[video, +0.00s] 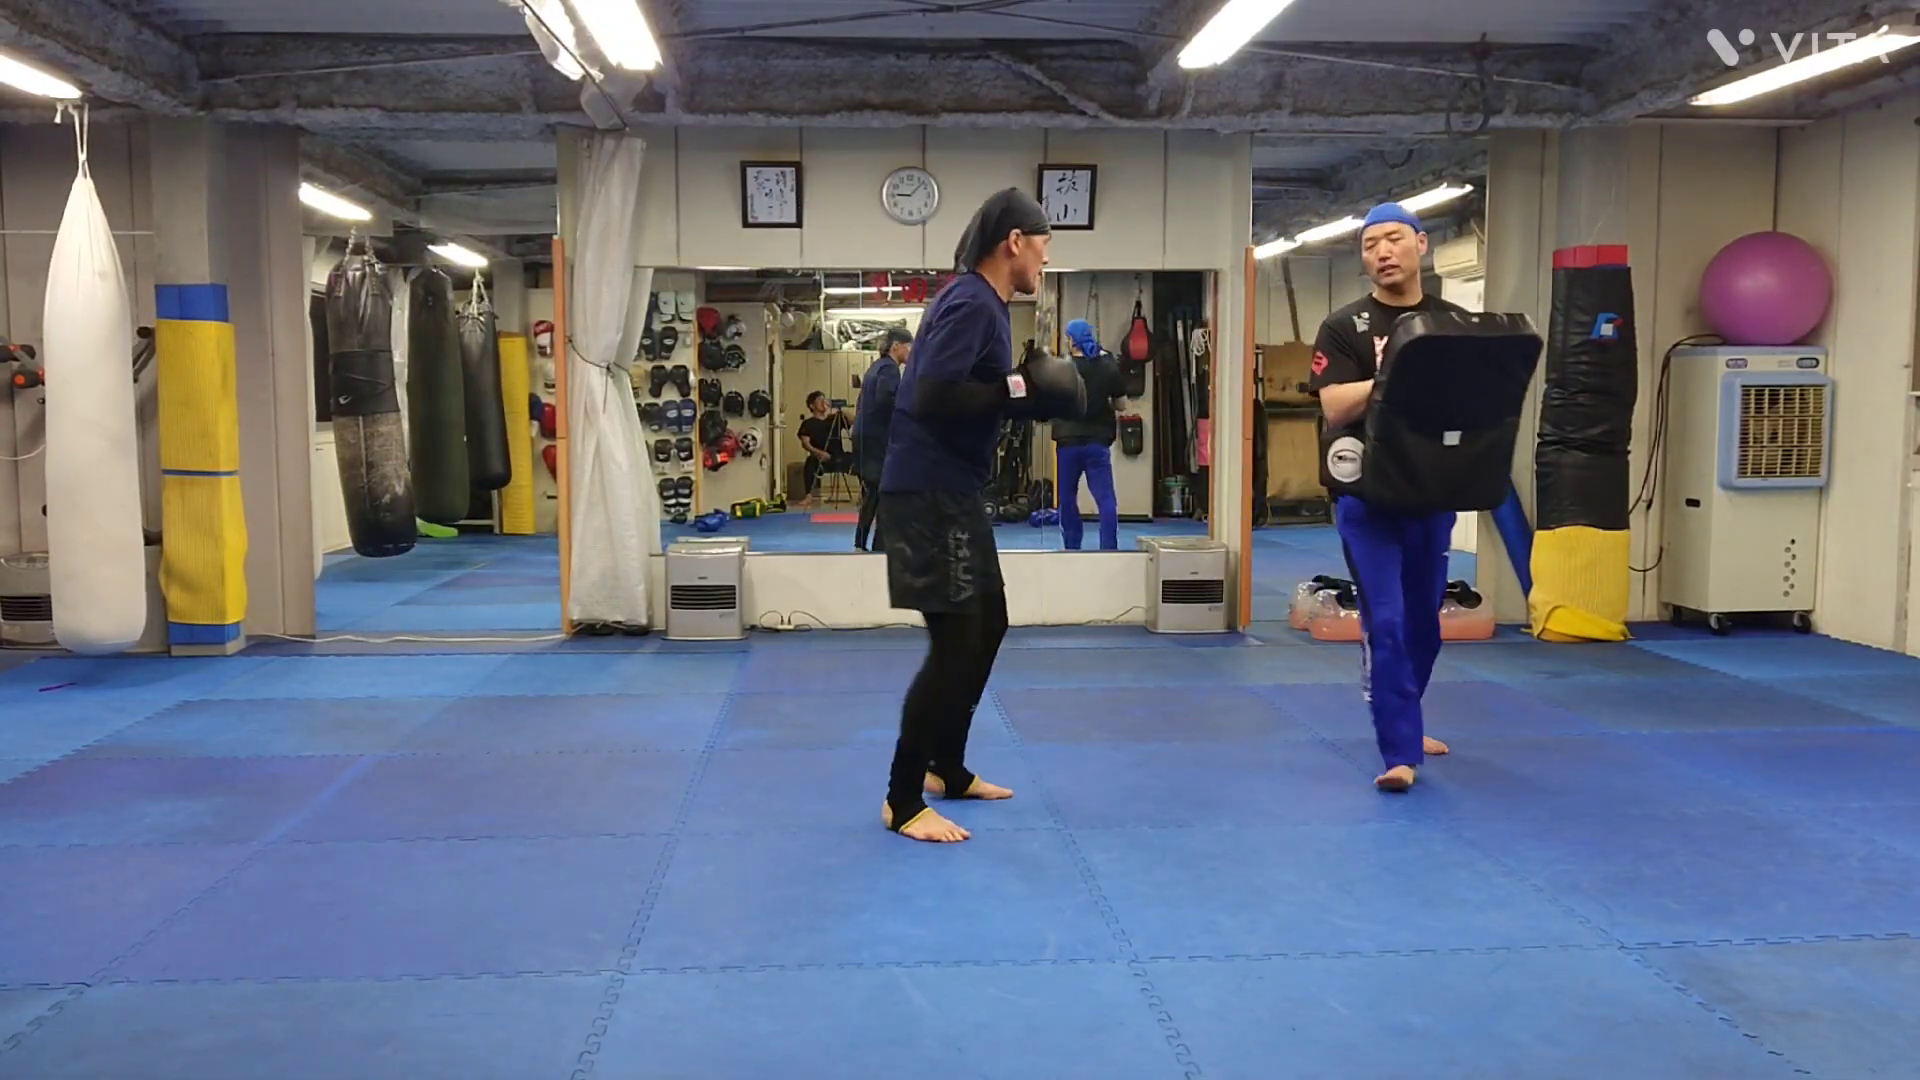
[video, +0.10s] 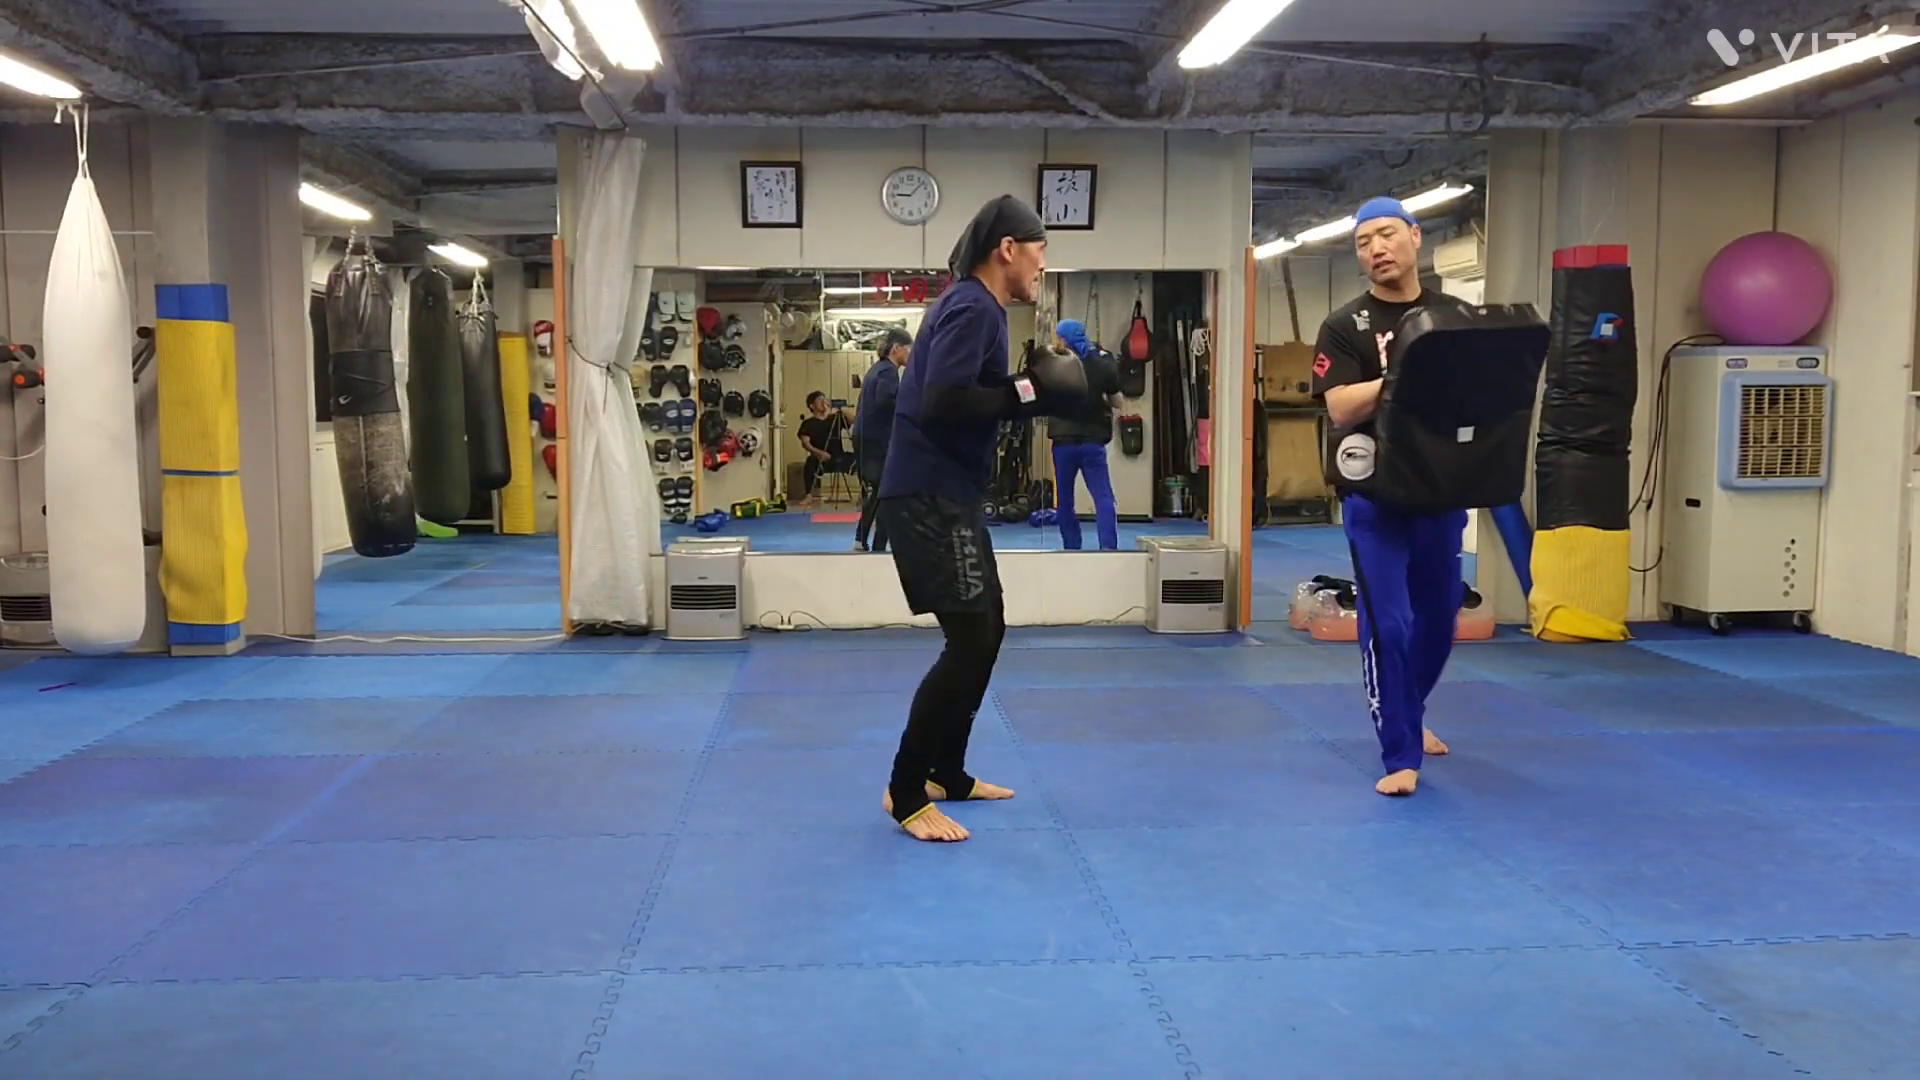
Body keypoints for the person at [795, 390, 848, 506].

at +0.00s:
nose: (824, 402)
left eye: (824, 399)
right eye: (820, 400)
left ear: (827, 402)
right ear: (812, 406)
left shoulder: (836, 418)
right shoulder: (808, 423)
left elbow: (853, 421)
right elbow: (805, 444)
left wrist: (840, 411)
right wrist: (819, 453)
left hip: (838, 456)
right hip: (821, 458)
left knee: (861, 460)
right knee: (810, 462)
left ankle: (865, 495)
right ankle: (809, 495)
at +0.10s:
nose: (824, 402)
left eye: (824, 400)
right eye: (820, 401)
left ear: (827, 402)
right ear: (812, 406)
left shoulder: (835, 418)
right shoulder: (808, 423)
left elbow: (853, 421)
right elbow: (805, 443)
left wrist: (840, 411)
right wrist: (820, 453)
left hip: (838, 456)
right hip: (821, 459)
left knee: (860, 458)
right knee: (811, 461)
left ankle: (865, 494)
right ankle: (809, 495)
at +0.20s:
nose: (822, 403)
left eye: (823, 400)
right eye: (818, 401)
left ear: (826, 402)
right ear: (811, 406)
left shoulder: (835, 418)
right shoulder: (808, 423)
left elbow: (853, 419)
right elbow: (805, 444)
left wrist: (841, 409)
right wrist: (820, 453)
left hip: (838, 457)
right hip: (820, 460)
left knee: (860, 458)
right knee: (811, 461)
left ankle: (866, 492)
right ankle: (808, 495)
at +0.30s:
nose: (822, 402)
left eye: (823, 400)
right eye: (818, 400)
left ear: (826, 402)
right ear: (811, 406)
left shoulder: (835, 418)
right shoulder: (808, 423)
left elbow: (853, 418)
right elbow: (805, 444)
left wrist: (840, 409)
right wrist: (820, 453)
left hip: (838, 457)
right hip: (820, 460)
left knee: (859, 458)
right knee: (811, 461)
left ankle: (866, 491)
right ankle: (808, 495)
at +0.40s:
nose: (822, 402)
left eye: (823, 399)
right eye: (818, 400)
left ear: (826, 402)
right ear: (811, 406)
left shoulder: (835, 418)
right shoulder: (808, 423)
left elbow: (851, 420)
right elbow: (805, 443)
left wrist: (842, 409)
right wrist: (820, 453)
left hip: (838, 457)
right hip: (820, 461)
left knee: (859, 458)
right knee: (811, 461)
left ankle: (860, 492)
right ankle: (809, 495)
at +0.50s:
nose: (823, 401)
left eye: (823, 399)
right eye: (818, 400)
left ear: (826, 402)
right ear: (811, 406)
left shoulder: (835, 418)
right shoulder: (808, 423)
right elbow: (806, 444)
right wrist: (820, 453)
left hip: (839, 455)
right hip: (821, 457)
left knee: (854, 457)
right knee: (811, 461)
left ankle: (857, 490)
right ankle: (808, 495)